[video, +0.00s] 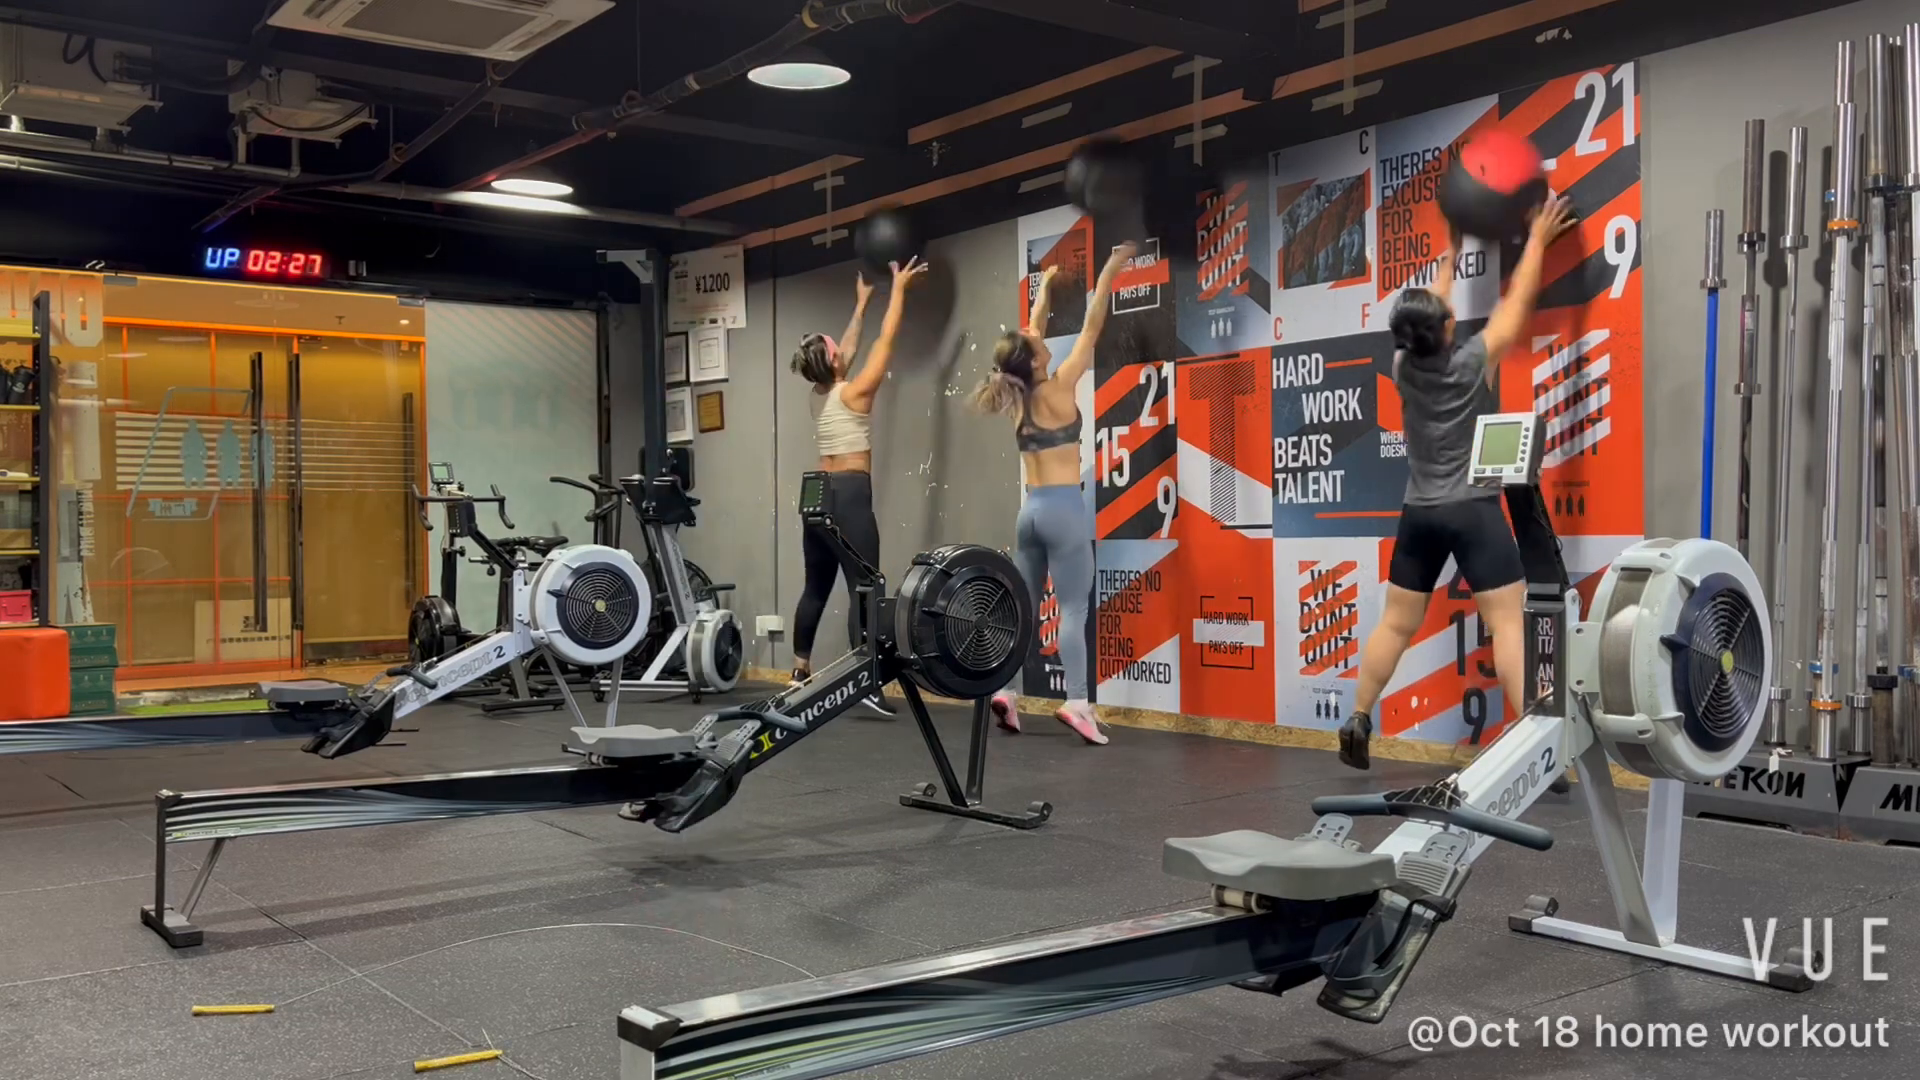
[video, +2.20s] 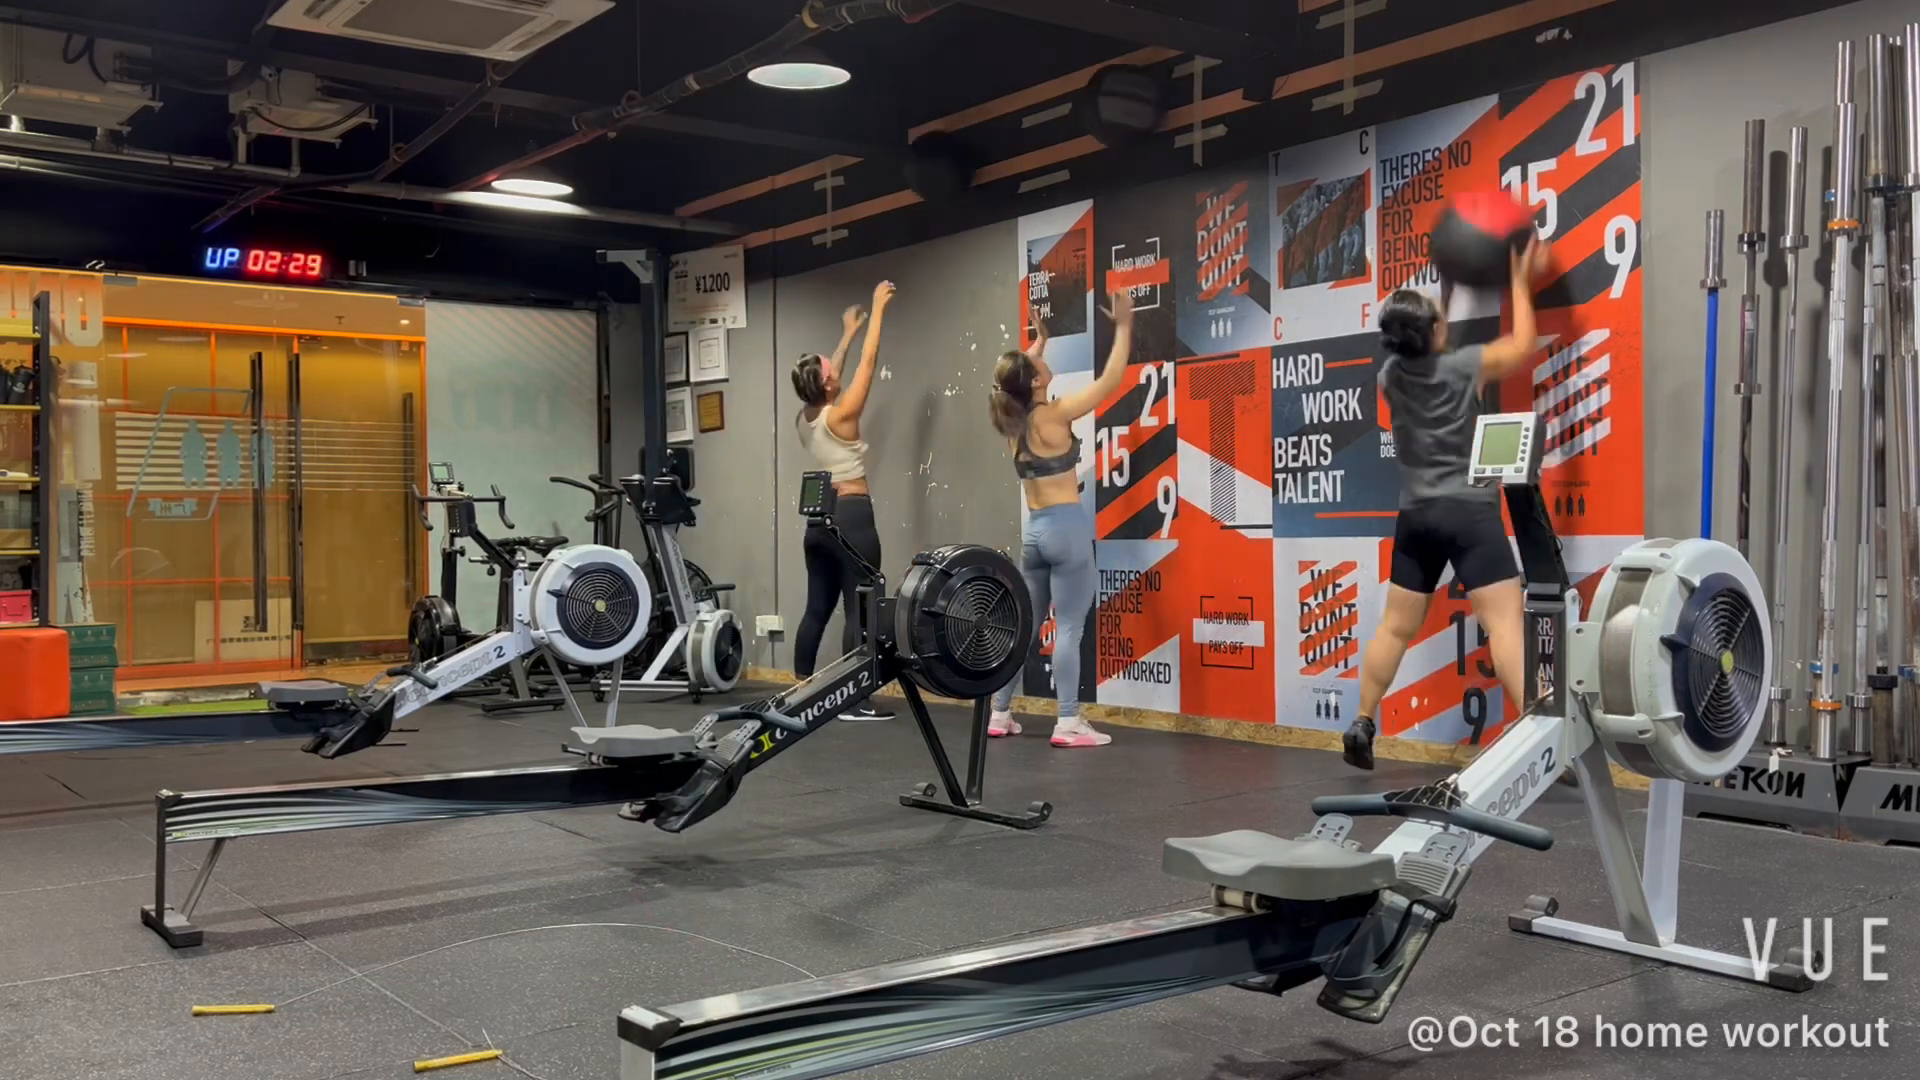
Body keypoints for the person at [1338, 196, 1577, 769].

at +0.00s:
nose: (1448, 305)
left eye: (1441, 301)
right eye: (1444, 307)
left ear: (1408, 332)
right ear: (1444, 323)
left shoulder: (1403, 367)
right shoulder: (1475, 358)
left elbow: (1431, 313)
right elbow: (1519, 296)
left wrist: (1451, 256)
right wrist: (1537, 240)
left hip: (1421, 513)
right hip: (1476, 511)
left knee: (1395, 624)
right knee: (1506, 623)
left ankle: (1359, 718)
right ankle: (1526, 729)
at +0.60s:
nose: (1466, 350)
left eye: (1461, 346)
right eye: (1462, 347)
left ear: (1419, 364)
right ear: (1458, 358)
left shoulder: (1408, 399)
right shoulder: (1481, 394)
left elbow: (1420, 363)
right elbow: (1546, 370)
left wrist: (1446, 323)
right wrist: (1560, 304)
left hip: (1416, 545)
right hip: (1470, 546)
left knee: (1396, 660)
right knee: (1502, 661)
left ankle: (1361, 761)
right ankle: (1521, 772)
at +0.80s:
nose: (1467, 364)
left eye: (1463, 359)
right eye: (1463, 360)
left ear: (1418, 379)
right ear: (1458, 372)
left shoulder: (1410, 419)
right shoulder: (1485, 416)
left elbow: (1421, 398)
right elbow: (1532, 443)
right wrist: (1540, 386)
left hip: (1409, 559)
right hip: (1466, 561)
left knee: (1395, 663)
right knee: (1522, 660)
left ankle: (1360, 759)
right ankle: (1524, 770)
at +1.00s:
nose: (1479, 429)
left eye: (1474, 423)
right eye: (1475, 424)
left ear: (1426, 437)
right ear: (1470, 432)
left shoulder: (1416, 480)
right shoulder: (1488, 485)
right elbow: (1515, 554)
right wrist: (1545, 499)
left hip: (1399, 612)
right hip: (1459, 614)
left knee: (1390, 677)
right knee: (1547, 669)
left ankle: (1361, 759)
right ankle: (1541, 775)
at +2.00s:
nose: (1469, 402)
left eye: (1464, 395)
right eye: (1465, 397)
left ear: (1419, 412)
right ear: (1461, 406)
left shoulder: (1408, 455)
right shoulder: (1481, 451)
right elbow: (1506, 522)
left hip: (1399, 587)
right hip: (1458, 585)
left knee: (1391, 671)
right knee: (1533, 667)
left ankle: (1363, 755)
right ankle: (1525, 767)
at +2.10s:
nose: (1450, 352)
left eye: (1442, 346)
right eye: (1446, 348)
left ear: (1406, 363)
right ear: (1445, 358)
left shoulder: (1401, 407)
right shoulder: (1477, 402)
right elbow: (1523, 454)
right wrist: (1519, 391)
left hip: (1409, 547)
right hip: (1467, 544)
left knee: (1397, 647)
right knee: (1513, 646)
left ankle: (1364, 747)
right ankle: (1533, 763)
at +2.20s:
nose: (1443, 322)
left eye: (1438, 316)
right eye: (1438, 318)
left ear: (1399, 337)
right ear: (1434, 331)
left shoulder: (1391, 374)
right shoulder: (1465, 364)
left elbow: (1416, 344)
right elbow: (1521, 345)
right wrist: (1520, 282)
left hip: (1417, 514)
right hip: (1471, 512)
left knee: (1395, 628)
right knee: (1503, 620)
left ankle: (1362, 722)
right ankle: (1533, 722)